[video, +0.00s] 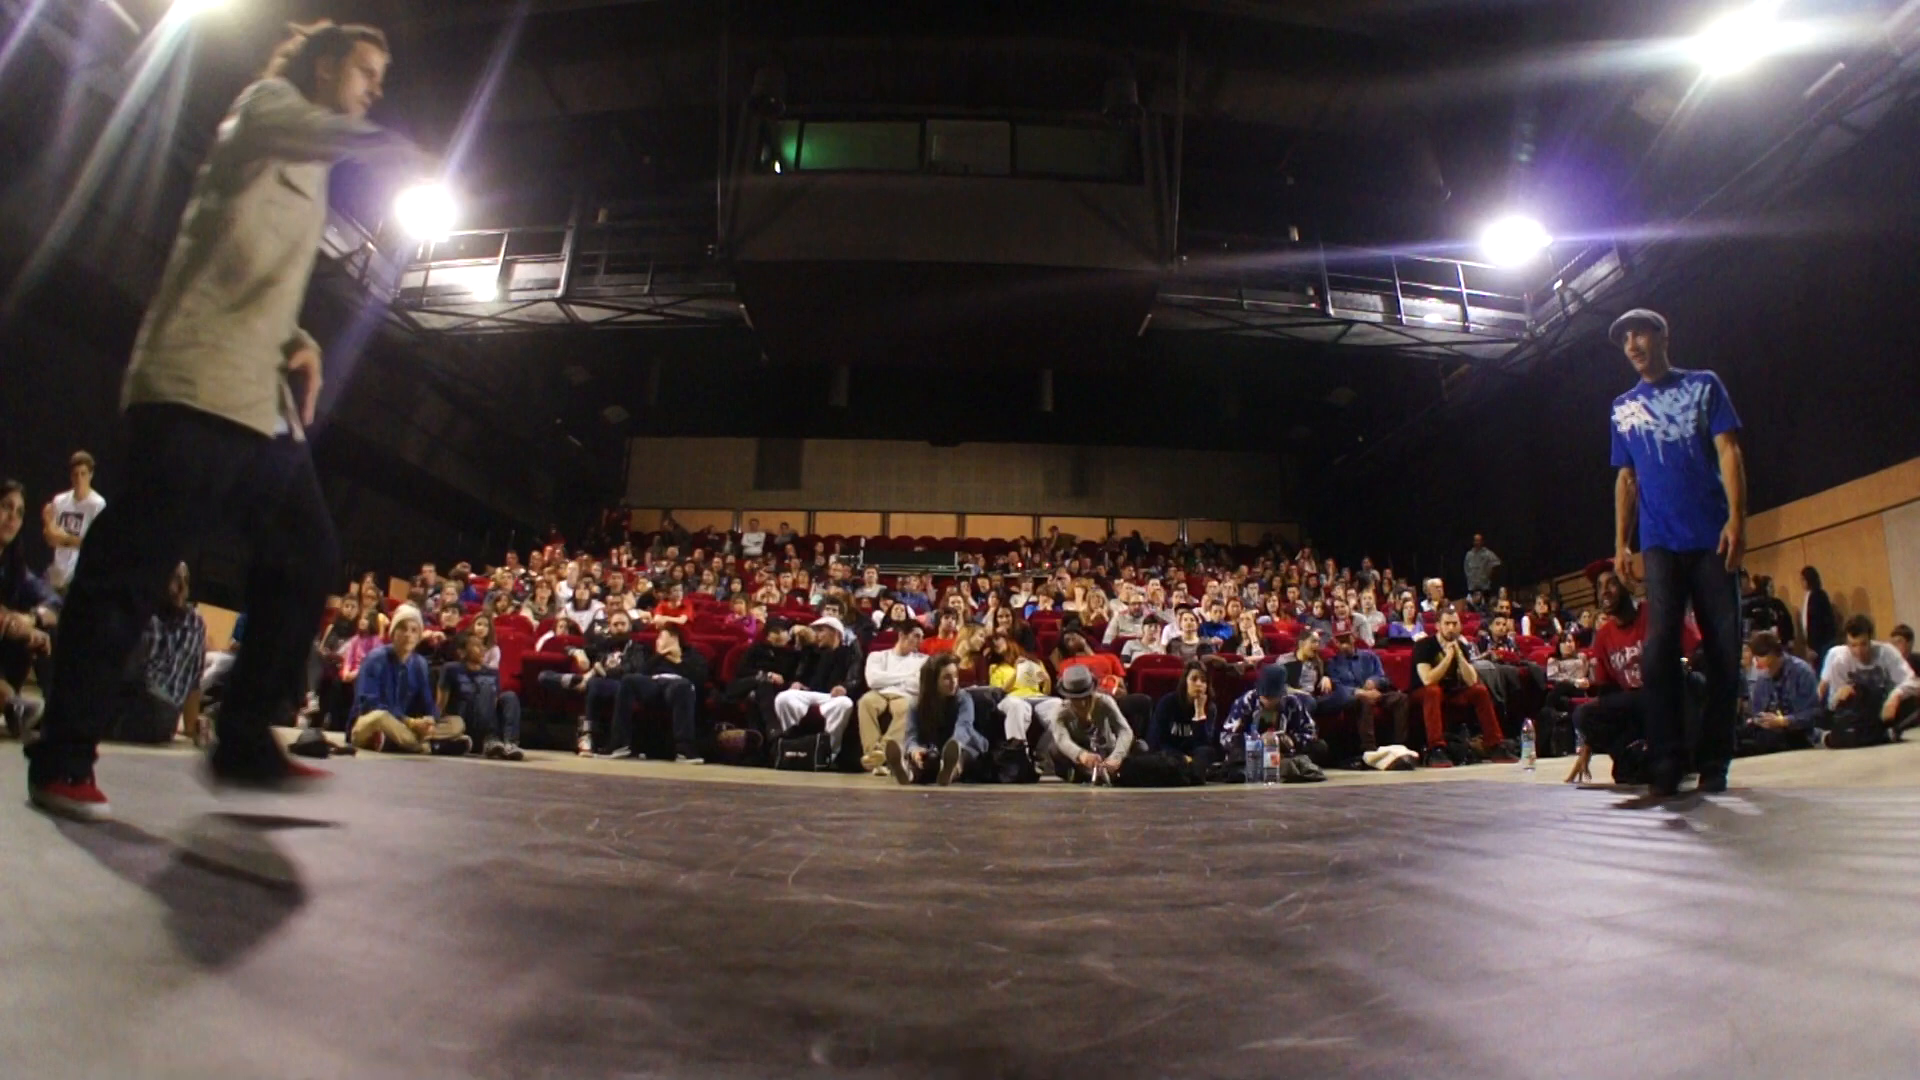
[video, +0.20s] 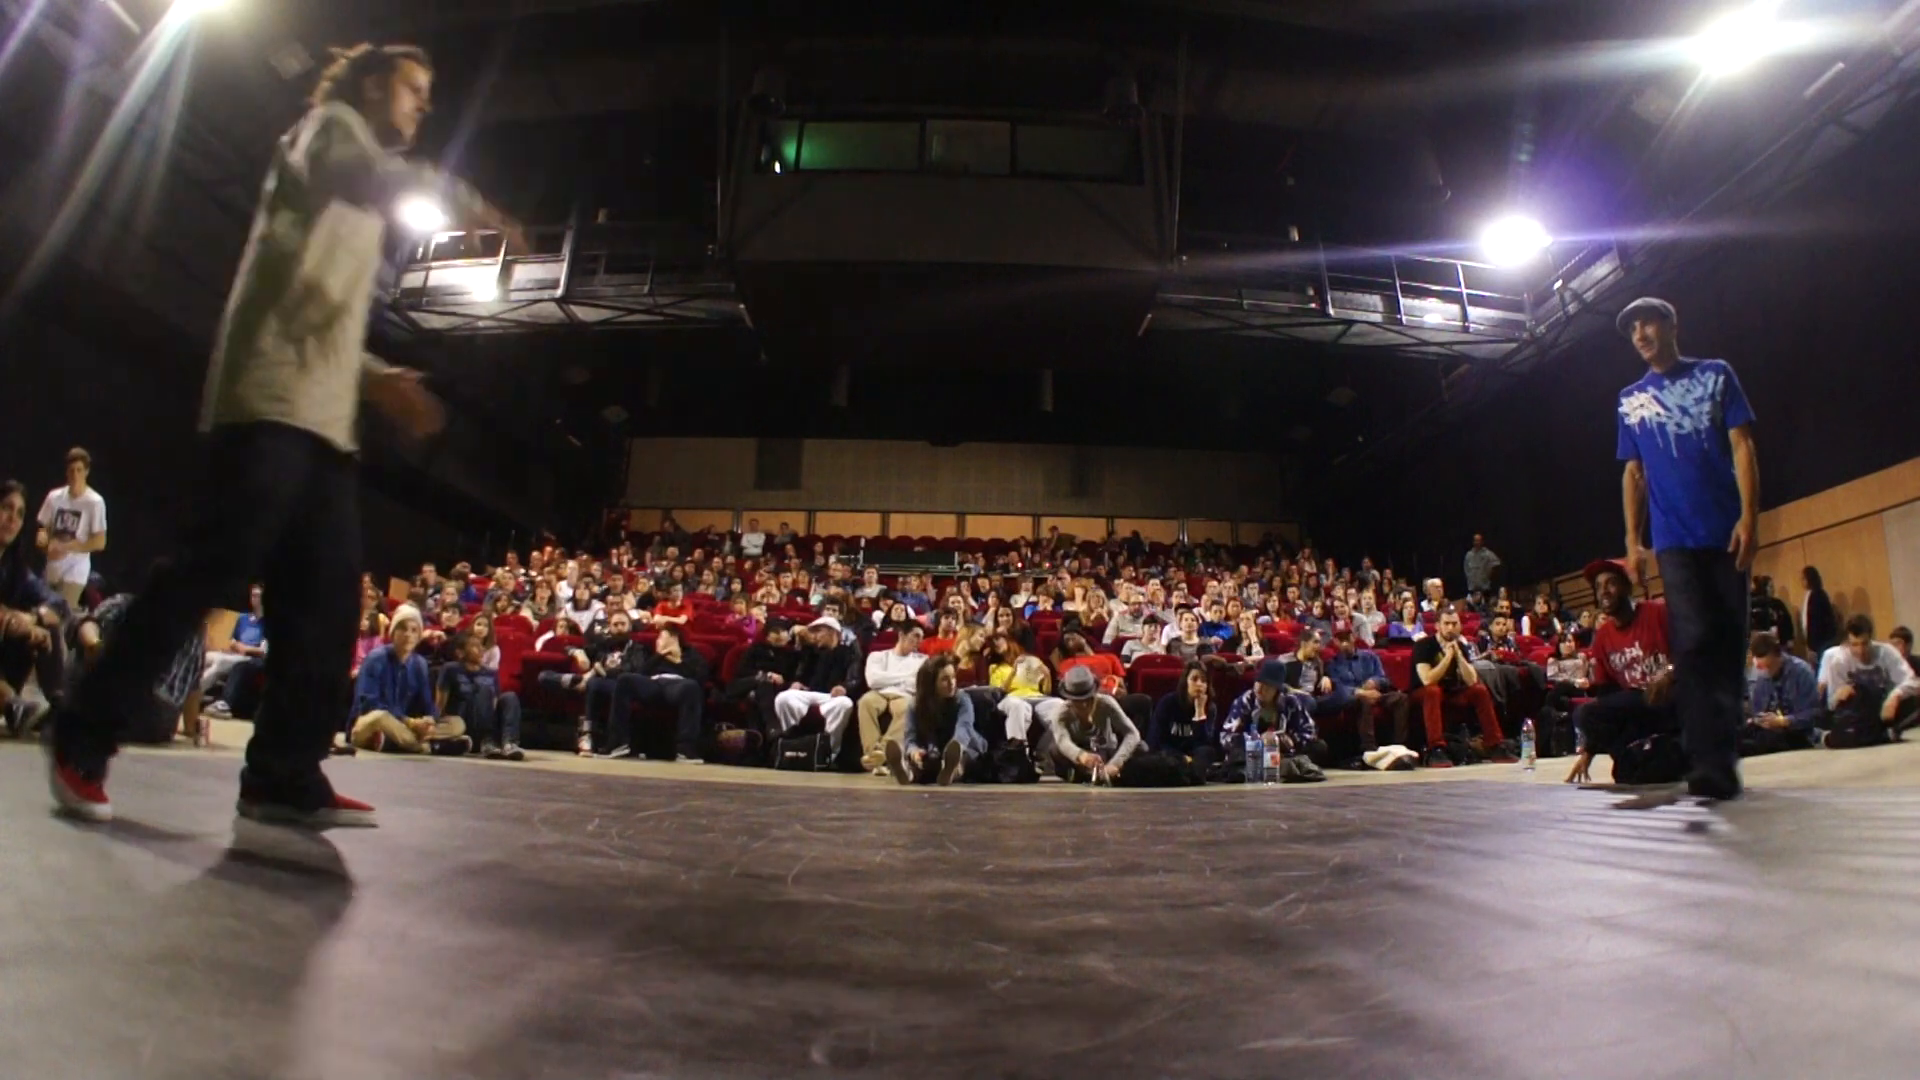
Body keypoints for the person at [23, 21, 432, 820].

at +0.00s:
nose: (371, 92)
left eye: (378, 83)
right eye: (364, 73)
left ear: (362, 91)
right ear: (318, 63)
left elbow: (256, 289)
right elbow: (325, 128)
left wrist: (300, 346)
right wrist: (398, 150)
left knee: (306, 560)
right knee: (127, 568)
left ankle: (244, 742)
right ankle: (63, 755)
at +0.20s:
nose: (421, 108)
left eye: (425, 99)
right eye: (412, 91)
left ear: (405, 106)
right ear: (369, 84)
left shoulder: (366, 176)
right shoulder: (326, 127)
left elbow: (318, 317)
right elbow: (363, 174)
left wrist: (379, 377)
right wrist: (465, 207)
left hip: (323, 410)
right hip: (273, 392)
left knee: (325, 596)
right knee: (214, 569)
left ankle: (285, 775)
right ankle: (87, 729)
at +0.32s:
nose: (451, 113)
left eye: (455, 104)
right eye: (441, 94)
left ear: (439, 117)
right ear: (399, 89)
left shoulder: (384, 174)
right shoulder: (362, 137)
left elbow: (376, 333)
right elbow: (352, 217)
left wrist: (460, 381)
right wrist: (450, 296)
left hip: (348, 401)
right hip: (324, 388)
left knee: (332, 581)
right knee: (332, 563)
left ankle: (286, 777)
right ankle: (173, 684)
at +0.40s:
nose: (472, 114)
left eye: (475, 105)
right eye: (461, 97)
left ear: (453, 116)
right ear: (420, 95)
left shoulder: (416, 182)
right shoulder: (385, 141)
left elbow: (421, 333)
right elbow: (352, 228)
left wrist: (510, 368)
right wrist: (411, 339)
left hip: (362, 389)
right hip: (348, 381)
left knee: (340, 575)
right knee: (407, 536)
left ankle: (283, 777)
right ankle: (263, 691)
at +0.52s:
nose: (503, 118)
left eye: (505, 109)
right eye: (492, 103)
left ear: (487, 123)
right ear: (452, 105)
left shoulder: (449, 189)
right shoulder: (414, 152)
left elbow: (452, 322)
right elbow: (359, 253)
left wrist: (557, 327)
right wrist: (339, 368)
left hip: (382, 401)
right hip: (398, 394)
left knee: (345, 586)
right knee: (475, 540)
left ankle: (279, 775)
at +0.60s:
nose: (523, 125)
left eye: (525, 116)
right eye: (511, 109)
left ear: (505, 129)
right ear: (470, 110)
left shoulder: (471, 199)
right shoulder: (433, 158)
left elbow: (472, 328)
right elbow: (364, 254)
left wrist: (581, 311)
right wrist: (308, 373)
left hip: (402, 417)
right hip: (426, 412)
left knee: (357, 601)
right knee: (494, 581)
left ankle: (283, 773)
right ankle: (458, 774)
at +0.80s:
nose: (581, 145)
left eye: (583, 136)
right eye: (571, 130)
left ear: (551, 140)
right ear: (529, 128)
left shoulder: (534, 217)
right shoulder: (501, 183)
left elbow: (546, 331)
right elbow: (425, 270)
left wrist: (632, 333)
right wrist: (405, 376)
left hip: (499, 431)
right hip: (488, 429)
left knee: (463, 602)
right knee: (516, 608)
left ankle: (324, 734)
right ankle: (495, 795)